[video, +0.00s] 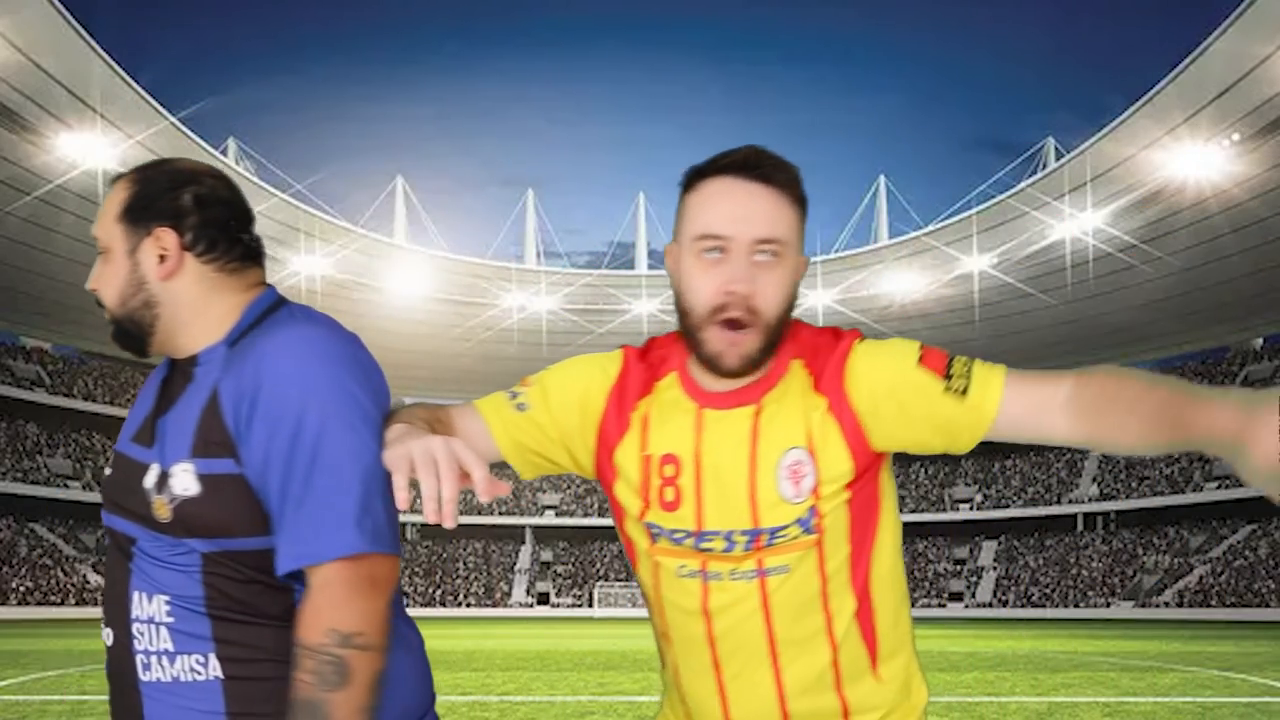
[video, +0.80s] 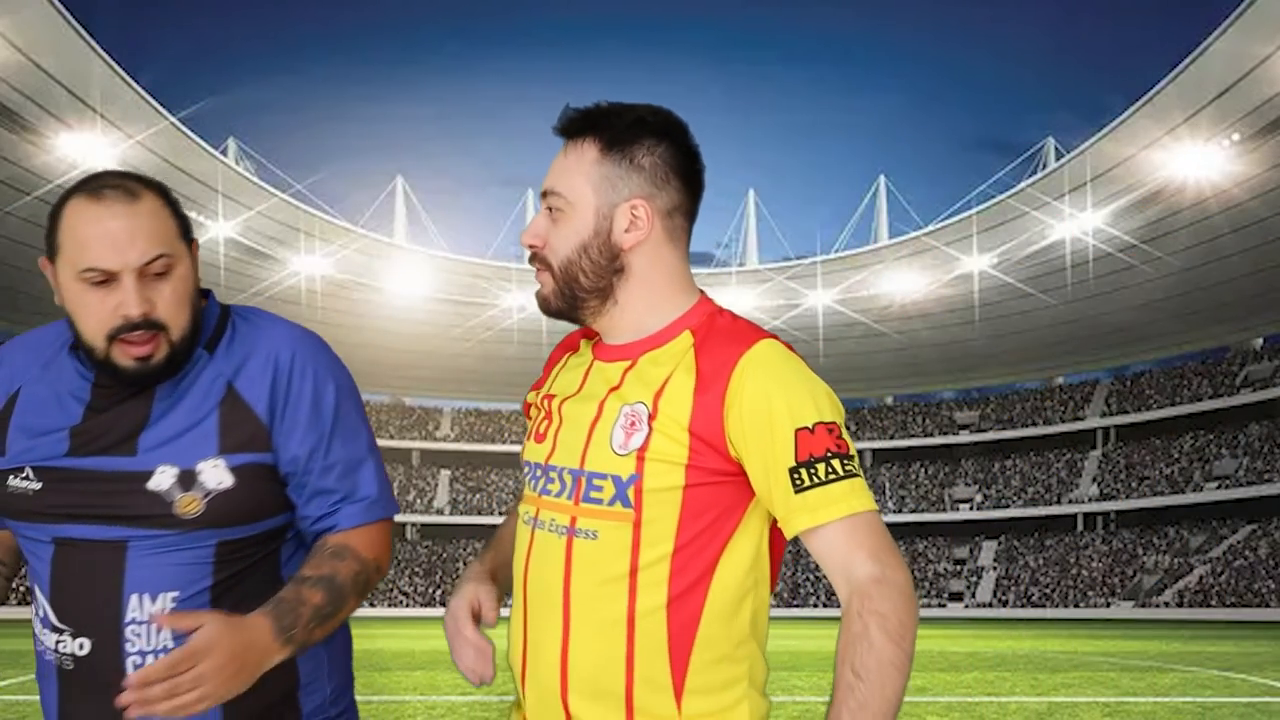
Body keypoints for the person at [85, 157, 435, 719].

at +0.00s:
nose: (92, 283)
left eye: (104, 253)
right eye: (96, 255)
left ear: (164, 252)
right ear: (161, 255)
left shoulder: (303, 359)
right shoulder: (166, 382)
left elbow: (354, 580)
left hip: (278, 704)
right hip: (165, 700)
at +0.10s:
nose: (41, 294)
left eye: (56, 263)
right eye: (47, 266)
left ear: (131, 256)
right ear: (132, 260)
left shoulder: (253, 350)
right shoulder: (142, 373)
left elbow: (293, 563)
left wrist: (215, 709)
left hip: (323, 706)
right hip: (165, 698)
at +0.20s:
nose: (11, 326)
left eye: (28, 293)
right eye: (12, 300)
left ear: (114, 274)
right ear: (114, 279)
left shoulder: (220, 356)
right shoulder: (123, 385)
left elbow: (229, 581)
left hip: (308, 704)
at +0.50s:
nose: (22, 326)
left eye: (50, 291)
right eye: (10, 300)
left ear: (141, 272)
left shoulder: (232, 382)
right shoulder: (83, 385)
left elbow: (254, 607)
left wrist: (99, 709)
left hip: (264, 705)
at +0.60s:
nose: (50, 328)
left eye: (77, 294)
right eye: (25, 303)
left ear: (153, 277)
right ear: (12, 305)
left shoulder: (254, 381)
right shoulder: (47, 390)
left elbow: (301, 591)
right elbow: (50, 581)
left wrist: (133, 710)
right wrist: (20, 701)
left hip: (262, 708)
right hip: (75, 706)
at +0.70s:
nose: (89, 324)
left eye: (115, 287)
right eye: (56, 298)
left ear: (169, 272)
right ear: (29, 299)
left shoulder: (269, 373)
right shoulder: (16, 389)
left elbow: (336, 561)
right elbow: (15, 561)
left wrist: (197, 681)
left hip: (266, 707)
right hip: (74, 708)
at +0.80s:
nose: (134, 307)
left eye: (157, 271)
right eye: (100, 280)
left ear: (194, 260)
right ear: (53, 279)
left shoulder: (288, 367)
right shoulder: (15, 379)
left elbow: (364, 534)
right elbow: (17, 528)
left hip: (273, 709)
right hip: (81, 707)